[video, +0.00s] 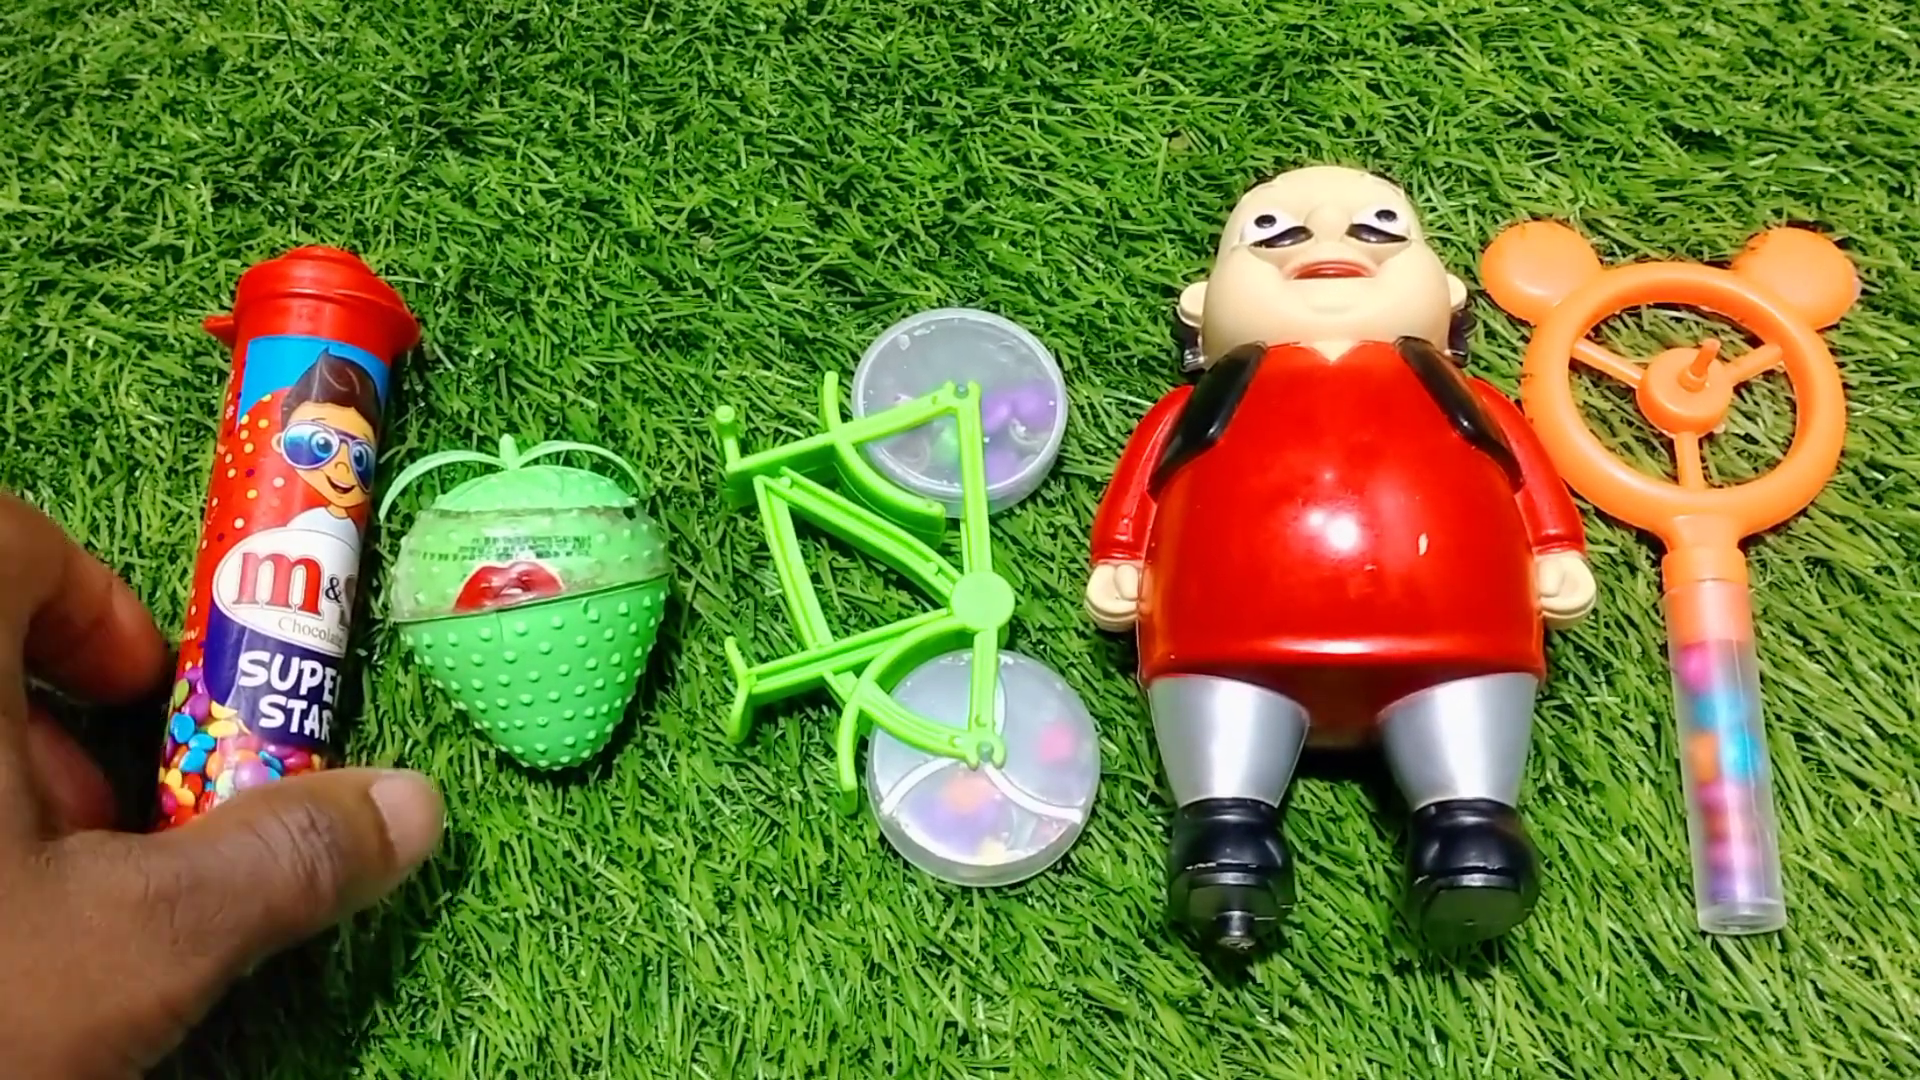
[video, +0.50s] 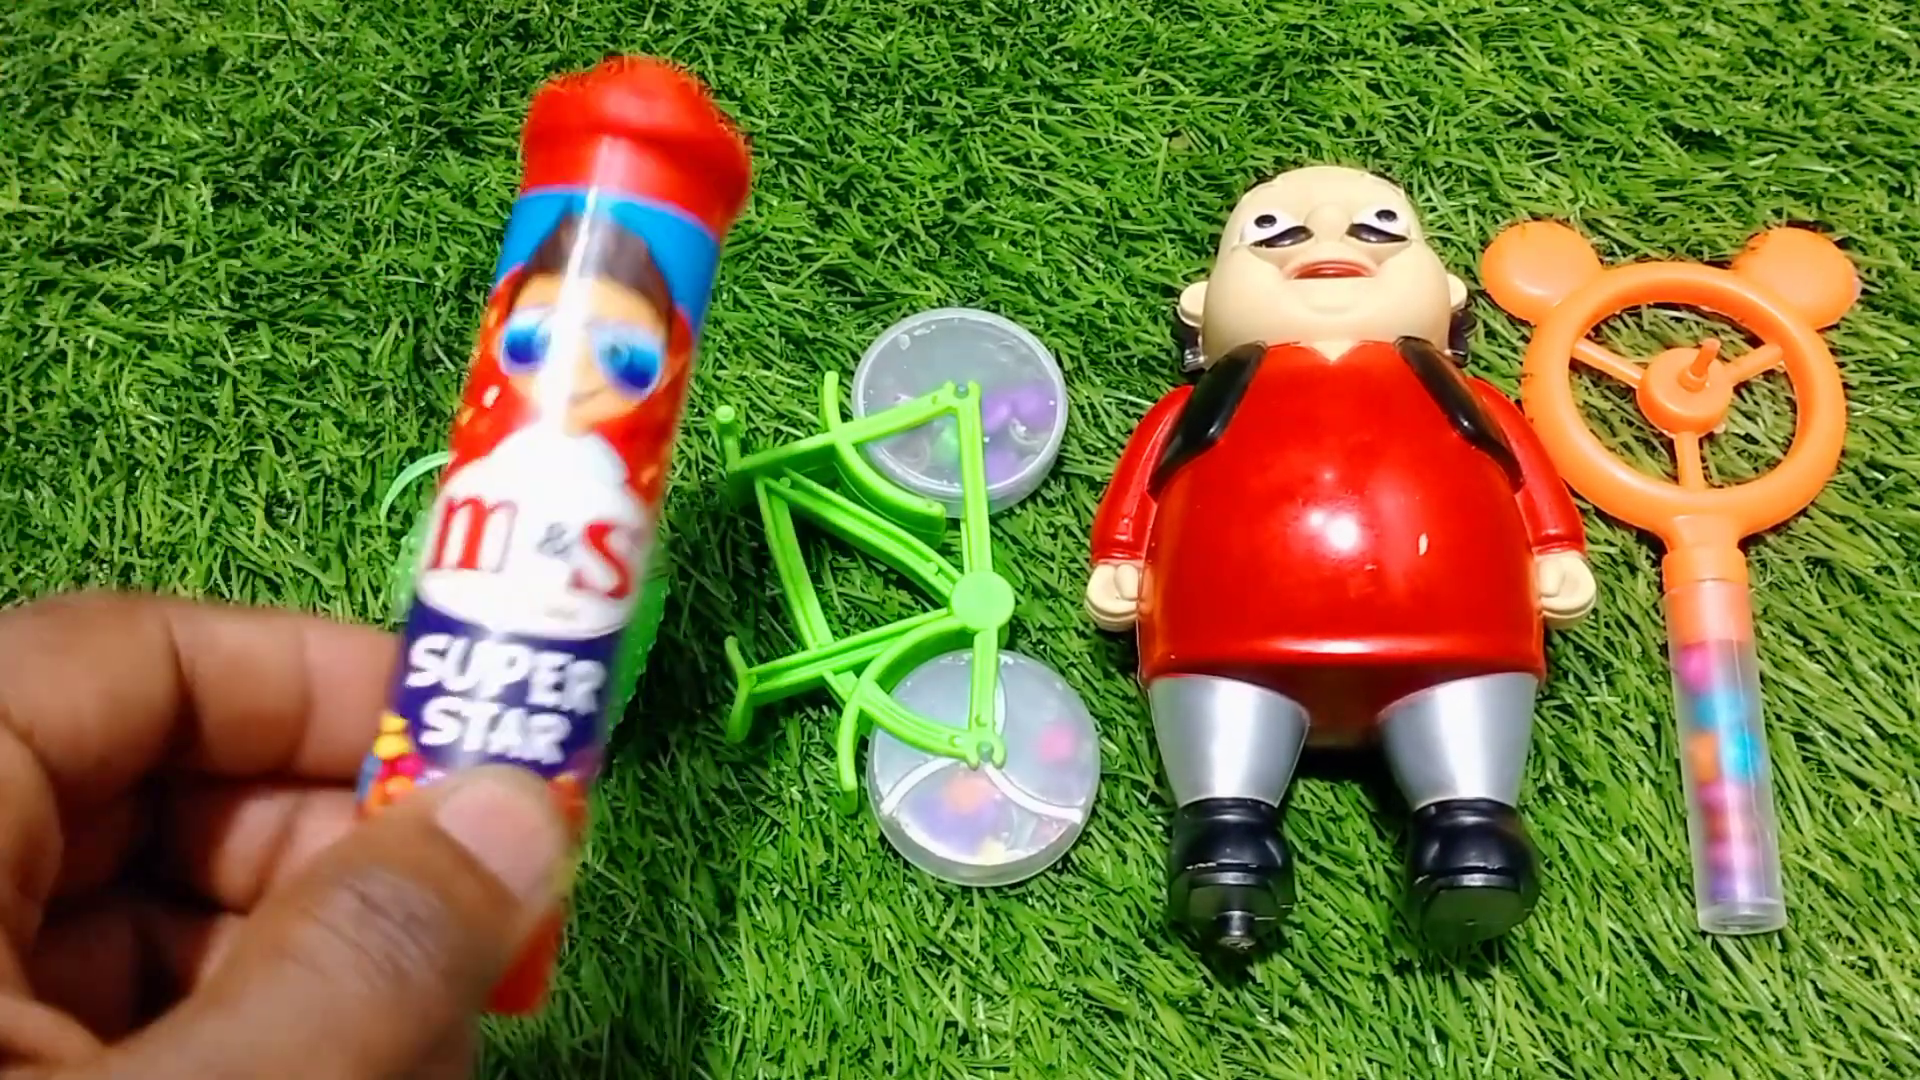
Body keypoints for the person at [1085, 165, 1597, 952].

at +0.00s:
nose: (1332, 240)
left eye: (1380, 224)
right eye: (1277, 226)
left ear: (1449, 299)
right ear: (1202, 309)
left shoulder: (1467, 395)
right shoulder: (1194, 403)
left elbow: (1527, 466)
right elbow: (1142, 478)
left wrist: (1555, 545)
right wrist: (1121, 552)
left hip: (1443, 575)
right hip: (1240, 578)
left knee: (1467, 673)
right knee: (1221, 678)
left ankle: (1469, 830)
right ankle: (1228, 838)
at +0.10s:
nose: (1332, 240)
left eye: (1380, 223)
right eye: (1277, 226)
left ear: (1449, 300)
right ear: (1202, 309)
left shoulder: (1467, 395)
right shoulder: (1194, 403)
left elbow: (1527, 466)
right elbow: (1142, 478)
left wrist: (1555, 545)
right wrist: (1121, 552)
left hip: (1443, 575)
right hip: (1240, 578)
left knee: (1467, 673)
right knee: (1221, 678)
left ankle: (1469, 830)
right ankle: (1228, 837)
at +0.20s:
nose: (1332, 240)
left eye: (1380, 223)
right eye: (1277, 226)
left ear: (1449, 300)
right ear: (1202, 309)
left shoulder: (1467, 394)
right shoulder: (1194, 403)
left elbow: (1527, 466)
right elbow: (1142, 478)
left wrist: (1555, 545)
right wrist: (1121, 552)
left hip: (1443, 575)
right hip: (1239, 578)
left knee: (1467, 673)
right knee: (1221, 679)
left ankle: (1469, 831)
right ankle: (1228, 838)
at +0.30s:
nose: (1332, 240)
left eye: (1380, 223)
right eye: (1277, 226)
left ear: (1449, 300)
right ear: (1202, 309)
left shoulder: (1467, 394)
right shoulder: (1194, 403)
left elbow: (1526, 465)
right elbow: (1142, 477)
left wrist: (1554, 545)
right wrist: (1121, 552)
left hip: (1443, 573)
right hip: (1239, 576)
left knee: (1467, 671)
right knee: (1221, 677)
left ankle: (1469, 831)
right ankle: (1228, 838)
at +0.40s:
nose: (1332, 240)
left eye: (1380, 223)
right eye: (1277, 226)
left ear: (1449, 299)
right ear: (1201, 309)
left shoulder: (1467, 394)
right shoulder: (1194, 403)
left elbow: (1526, 465)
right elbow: (1142, 477)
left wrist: (1554, 545)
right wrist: (1122, 552)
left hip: (1443, 574)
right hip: (1239, 577)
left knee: (1467, 671)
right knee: (1221, 678)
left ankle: (1469, 831)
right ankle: (1228, 838)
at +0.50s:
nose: (1331, 240)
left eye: (1380, 224)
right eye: (1277, 226)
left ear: (1449, 299)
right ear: (1202, 308)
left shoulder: (1467, 394)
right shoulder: (1194, 403)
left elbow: (1526, 466)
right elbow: (1142, 477)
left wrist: (1555, 545)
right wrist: (1121, 552)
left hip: (1443, 575)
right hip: (1239, 578)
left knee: (1467, 673)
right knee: (1221, 678)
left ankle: (1469, 830)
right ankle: (1228, 837)